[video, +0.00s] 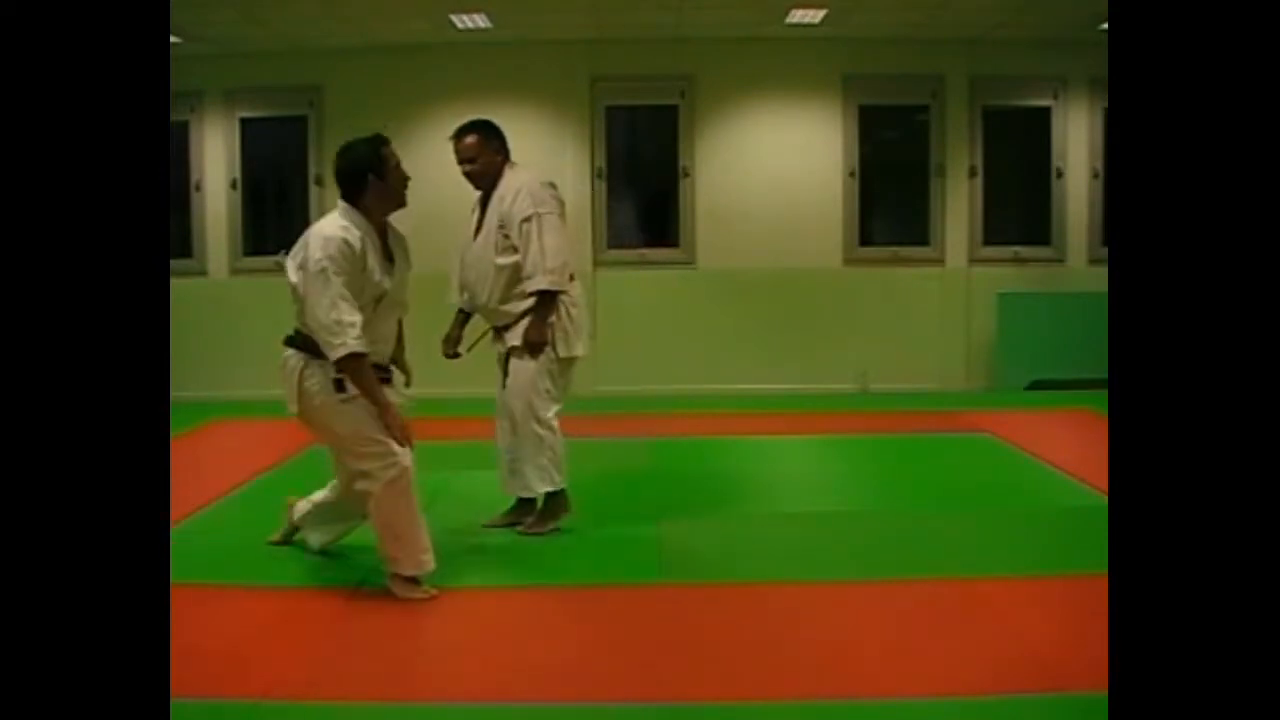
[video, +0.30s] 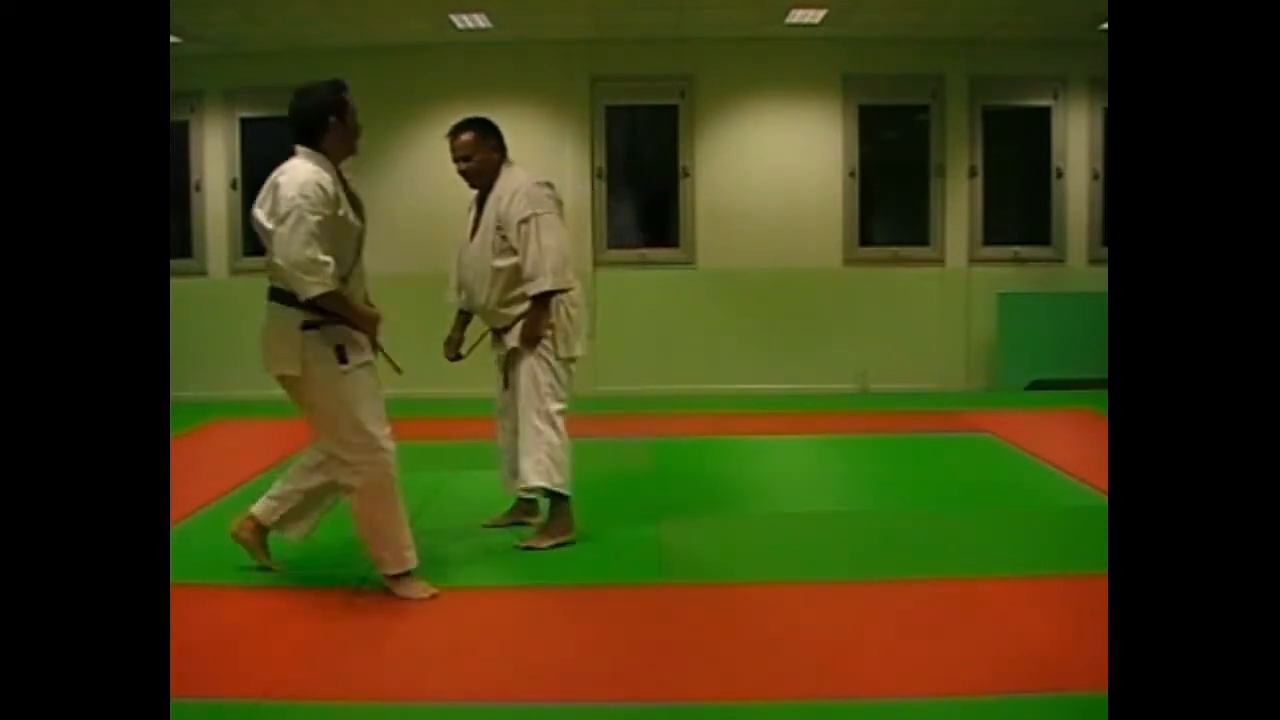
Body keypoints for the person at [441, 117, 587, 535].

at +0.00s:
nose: (465, 170)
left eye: (471, 160)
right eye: (460, 162)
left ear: (497, 154)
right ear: (462, 162)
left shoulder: (530, 192)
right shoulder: (486, 201)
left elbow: (550, 257)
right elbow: (478, 270)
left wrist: (541, 317)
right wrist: (459, 323)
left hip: (543, 318)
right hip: (510, 322)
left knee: (530, 404)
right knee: (510, 409)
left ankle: (553, 496)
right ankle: (524, 496)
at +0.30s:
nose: (460, 168)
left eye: (467, 158)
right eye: (456, 160)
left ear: (495, 152)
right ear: (458, 160)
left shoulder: (525, 194)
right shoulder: (483, 200)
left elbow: (548, 258)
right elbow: (474, 272)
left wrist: (537, 314)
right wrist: (459, 326)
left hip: (539, 318)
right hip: (508, 322)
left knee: (540, 412)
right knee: (513, 412)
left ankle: (559, 513)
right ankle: (524, 500)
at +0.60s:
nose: (458, 172)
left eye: (463, 161)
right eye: (455, 163)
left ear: (492, 155)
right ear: (486, 158)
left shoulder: (523, 196)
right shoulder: (498, 196)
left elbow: (547, 269)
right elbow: (499, 271)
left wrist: (532, 329)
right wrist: (482, 327)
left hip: (550, 323)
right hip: (525, 322)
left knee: (548, 419)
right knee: (526, 416)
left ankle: (562, 520)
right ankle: (528, 501)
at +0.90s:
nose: (459, 168)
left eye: (464, 157)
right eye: (457, 159)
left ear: (493, 151)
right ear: (490, 154)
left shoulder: (521, 194)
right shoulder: (505, 192)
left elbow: (542, 274)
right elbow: (509, 272)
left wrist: (528, 336)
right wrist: (496, 325)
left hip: (554, 326)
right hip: (538, 325)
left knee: (548, 423)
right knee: (540, 421)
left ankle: (561, 521)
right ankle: (549, 505)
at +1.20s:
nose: (465, 163)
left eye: (471, 152)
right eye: (464, 154)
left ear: (500, 148)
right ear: (496, 151)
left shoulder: (525, 192)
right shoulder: (510, 190)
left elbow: (541, 272)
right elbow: (511, 270)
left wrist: (529, 334)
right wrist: (495, 324)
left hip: (556, 323)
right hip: (545, 321)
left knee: (550, 420)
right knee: (549, 419)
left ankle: (563, 518)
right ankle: (559, 511)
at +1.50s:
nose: (475, 161)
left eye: (480, 151)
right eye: (473, 152)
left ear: (508, 147)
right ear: (503, 150)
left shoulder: (531, 188)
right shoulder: (517, 189)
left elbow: (545, 260)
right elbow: (515, 267)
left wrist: (530, 318)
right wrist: (495, 322)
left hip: (557, 315)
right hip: (547, 314)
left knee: (550, 412)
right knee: (548, 412)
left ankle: (563, 518)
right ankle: (558, 506)